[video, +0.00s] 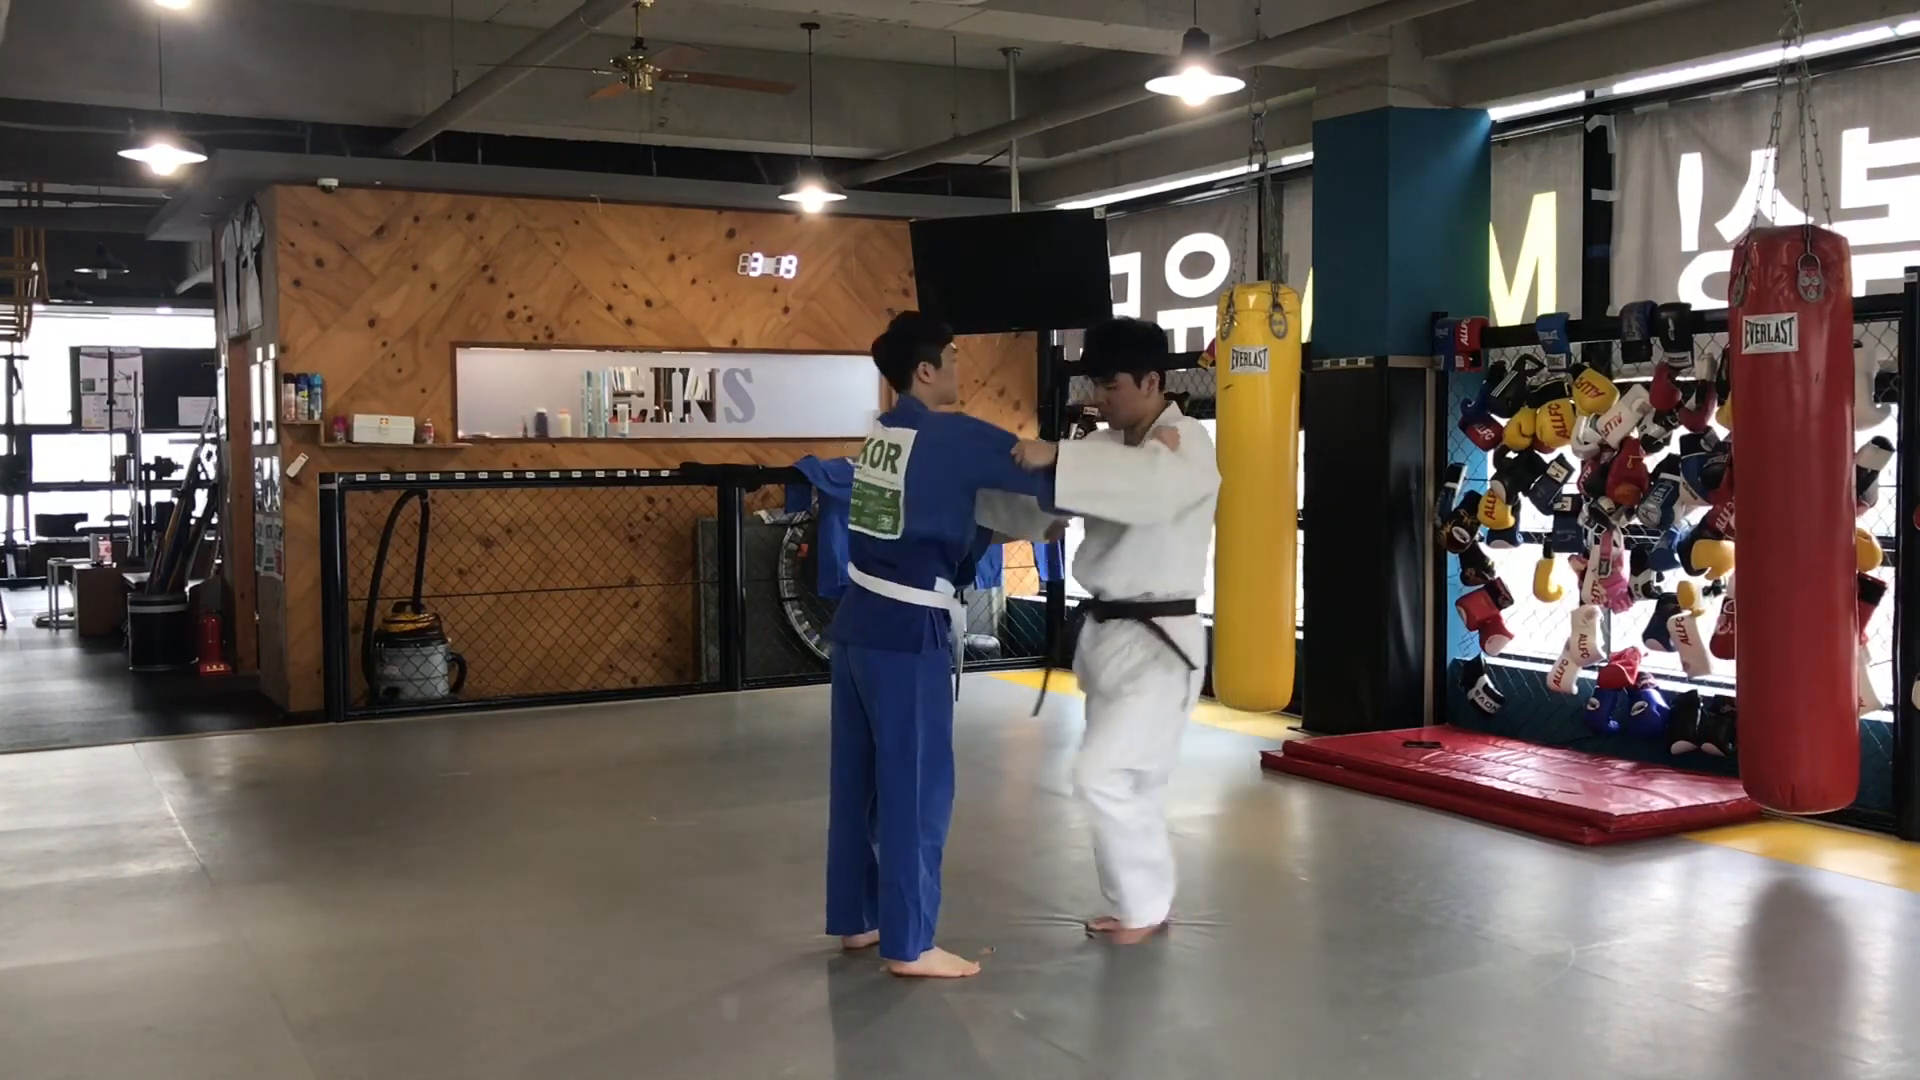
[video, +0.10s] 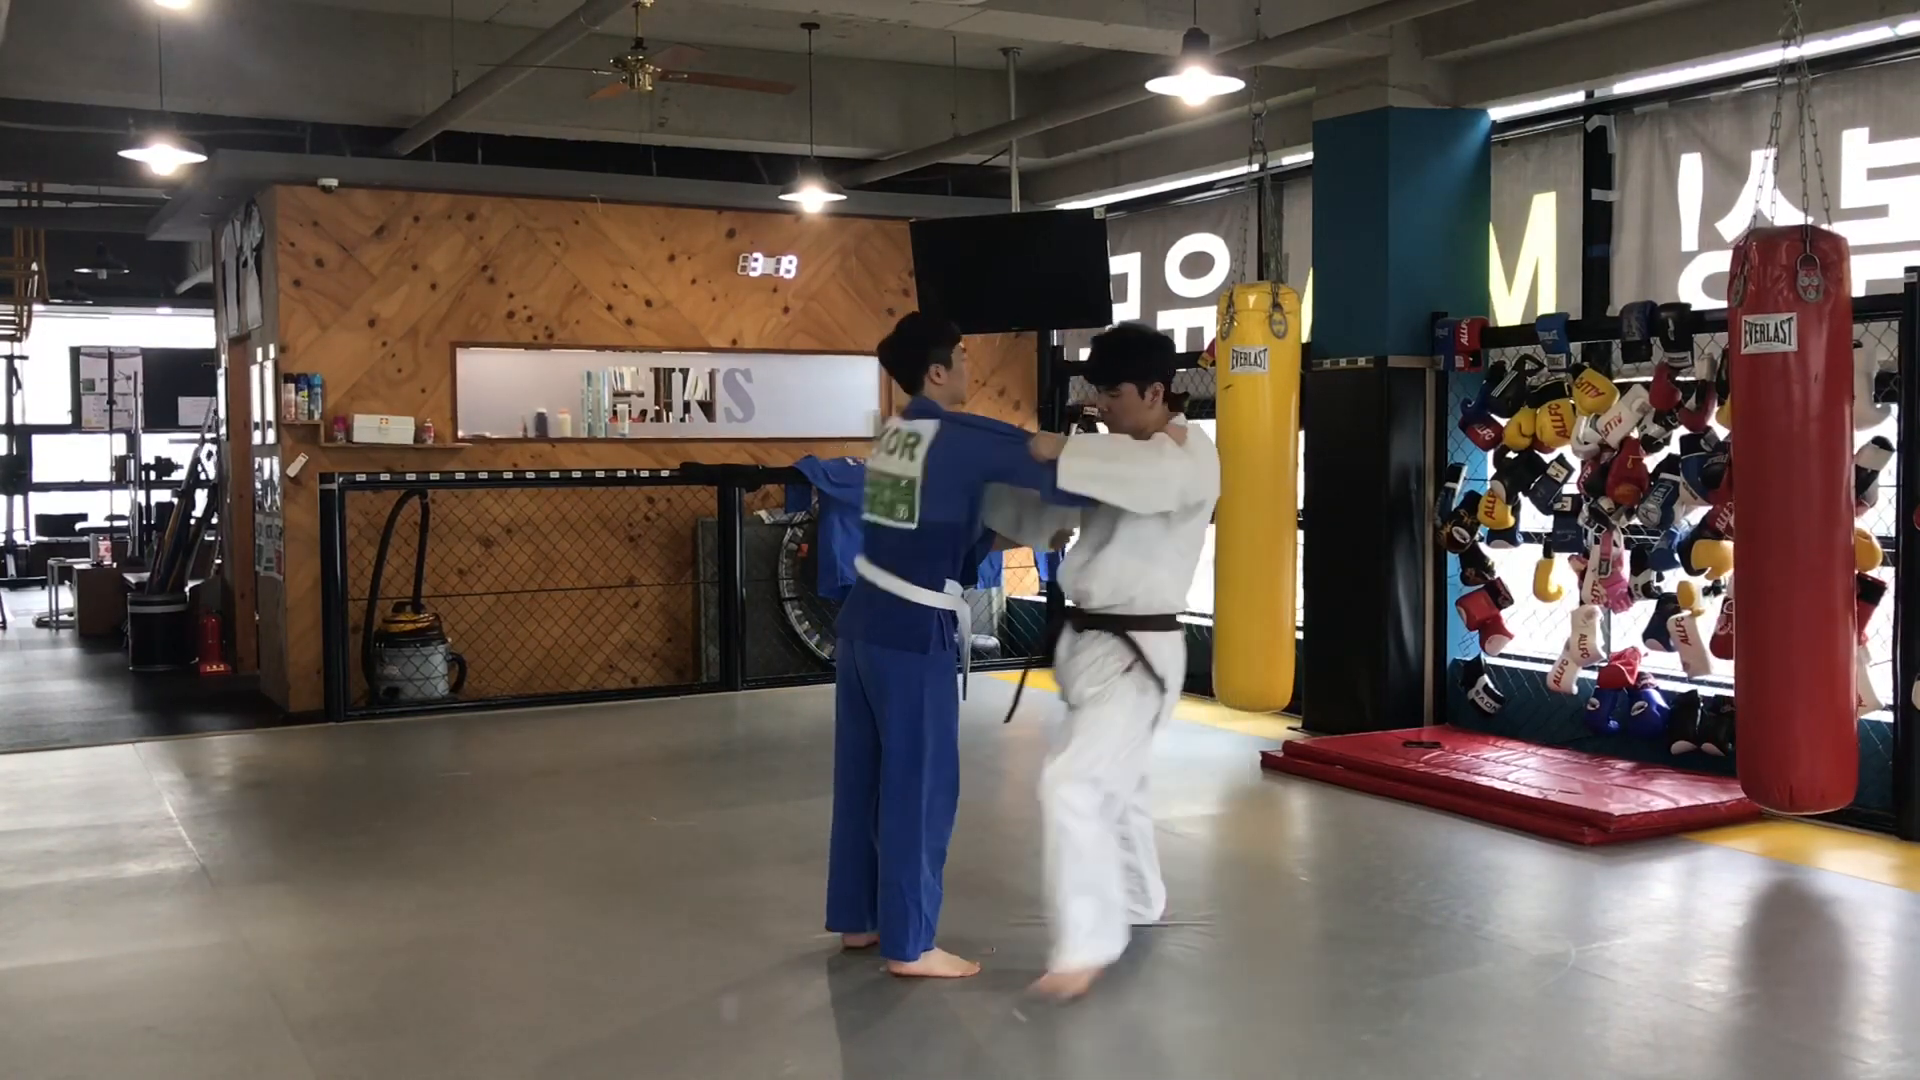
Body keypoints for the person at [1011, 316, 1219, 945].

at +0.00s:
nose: (1096, 402)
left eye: (1105, 387)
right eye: (1093, 388)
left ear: (1148, 383)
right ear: (1126, 387)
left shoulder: (1190, 445)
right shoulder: (1106, 445)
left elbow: (1153, 488)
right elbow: (1046, 507)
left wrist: (1061, 458)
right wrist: (959, 487)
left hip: (1161, 632)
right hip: (1105, 627)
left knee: (1102, 773)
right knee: (1124, 775)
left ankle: (1148, 902)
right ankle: (1137, 901)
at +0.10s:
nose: (1099, 413)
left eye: (1108, 399)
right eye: (1097, 400)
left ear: (1152, 393)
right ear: (1141, 397)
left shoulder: (1192, 454)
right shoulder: (1120, 455)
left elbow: (1157, 478)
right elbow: (1056, 517)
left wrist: (1067, 450)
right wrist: (988, 488)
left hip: (1137, 647)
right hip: (1082, 640)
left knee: (1072, 781)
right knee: (1118, 784)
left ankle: (1083, 945)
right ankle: (1140, 900)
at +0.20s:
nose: (1090, 407)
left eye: (1099, 394)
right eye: (1088, 395)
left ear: (1144, 391)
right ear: (1128, 396)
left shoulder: (1198, 449)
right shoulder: (1095, 451)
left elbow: (1179, 498)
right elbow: (1035, 519)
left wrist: (1095, 457)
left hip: (1106, 650)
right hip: (1047, 639)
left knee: (1067, 809)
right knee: (1054, 791)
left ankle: (1055, 975)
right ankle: (1104, 883)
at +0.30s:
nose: (1065, 398)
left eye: (1078, 387)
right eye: (1064, 385)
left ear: (1124, 393)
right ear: (1067, 386)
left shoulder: (1164, 454)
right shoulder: (1055, 439)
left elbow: (1210, 545)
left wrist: (1129, 496)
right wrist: (973, 437)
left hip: (1076, 647)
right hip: (1005, 632)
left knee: (1063, 814)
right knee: (983, 798)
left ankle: (1059, 981)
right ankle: (1067, 895)